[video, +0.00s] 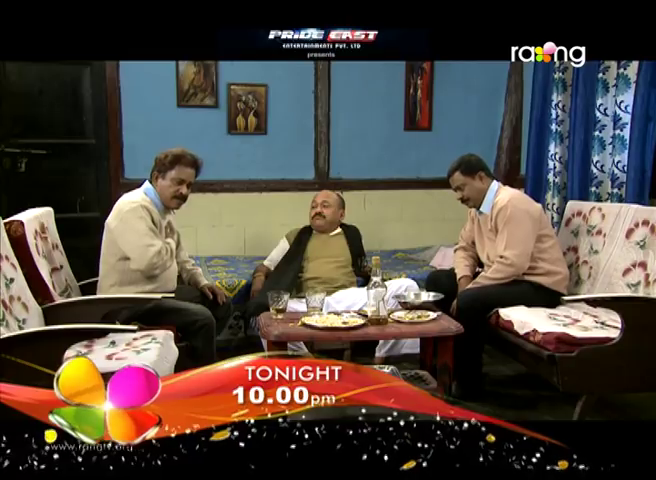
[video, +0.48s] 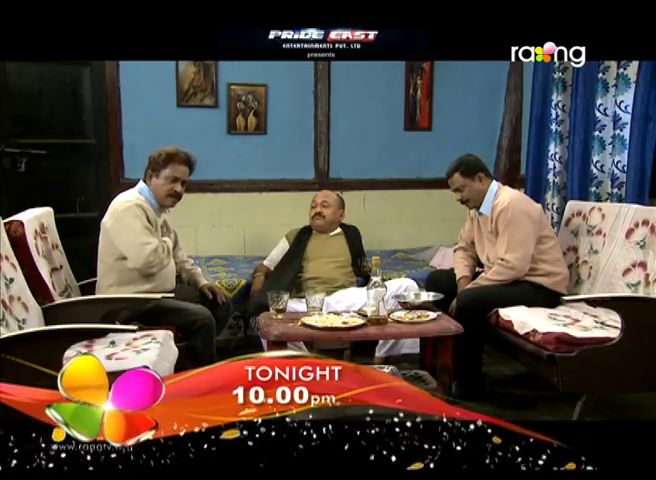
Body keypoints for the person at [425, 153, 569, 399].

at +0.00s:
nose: (459, 197)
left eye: (461, 188)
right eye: (456, 192)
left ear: (481, 178)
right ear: (479, 180)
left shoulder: (514, 205)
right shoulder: (478, 209)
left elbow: (513, 263)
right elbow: (464, 248)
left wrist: (466, 293)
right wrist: (464, 280)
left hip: (541, 286)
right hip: (502, 277)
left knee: (468, 302)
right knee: (437, 280)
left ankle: (467, 385)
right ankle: (441, 368)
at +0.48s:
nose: (458, 198)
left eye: (461, 190)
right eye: (455, 193)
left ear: (481, 179)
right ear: (479, 181)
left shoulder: (513, 206)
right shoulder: (478, 208)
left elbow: (513, 266)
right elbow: (464, 248)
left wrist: (465, 294)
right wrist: (464, 282)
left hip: (541, 286)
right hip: (502, 277)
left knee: (468, 302)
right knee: (437, 280)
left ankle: (467, 385)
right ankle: (440, 368)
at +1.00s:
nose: (458, 199)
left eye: (460, 191)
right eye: (454, 193)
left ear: (480, 179)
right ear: (478, 181)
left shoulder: (512, 206)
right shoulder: (477, 208)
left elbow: (513, 266)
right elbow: (464, 248)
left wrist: (465, 295)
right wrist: (463, 282)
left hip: (542, 286)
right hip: (504, 277)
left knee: (469, 302)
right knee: (437, 280)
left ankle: (468, 385)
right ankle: (440, 368)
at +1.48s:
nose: (459, 198)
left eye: (462, 190)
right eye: (456, 193)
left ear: (482, 179)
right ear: (480, 180)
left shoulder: (514, 206)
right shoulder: (478, 208)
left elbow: (513, 266)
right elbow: (464, 248)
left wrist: (466, 295)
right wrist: (463, 284)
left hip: (541, 286)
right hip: (503, 277)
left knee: (469, 302)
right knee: (437, 280)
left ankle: (467, 385)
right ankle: (441, 368)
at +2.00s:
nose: (459, 198)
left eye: (461, 190)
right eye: (456, 193)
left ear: (481, 179)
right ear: (479, 180)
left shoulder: (513, 205)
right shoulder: (478, 208)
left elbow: (513, 266)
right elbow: (464, 248)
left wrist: (466, 294)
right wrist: (463, 282)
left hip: (541, 286)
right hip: (504, 277)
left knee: (468, 302)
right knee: (437, 280)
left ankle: (467, 385)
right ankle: (440, 368)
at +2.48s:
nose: (458, 199)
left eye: (460, 191)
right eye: (455, 194)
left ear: (480, 180)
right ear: (478, 181)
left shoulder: (512, 206)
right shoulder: (477, 208)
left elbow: (513, 267)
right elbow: (464, 248)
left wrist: (466, 294)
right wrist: (463, 283)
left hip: (541, 286)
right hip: (504, 277)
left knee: (468, 302)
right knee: (437, 280)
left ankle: (467, 386)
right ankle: (440, 370)